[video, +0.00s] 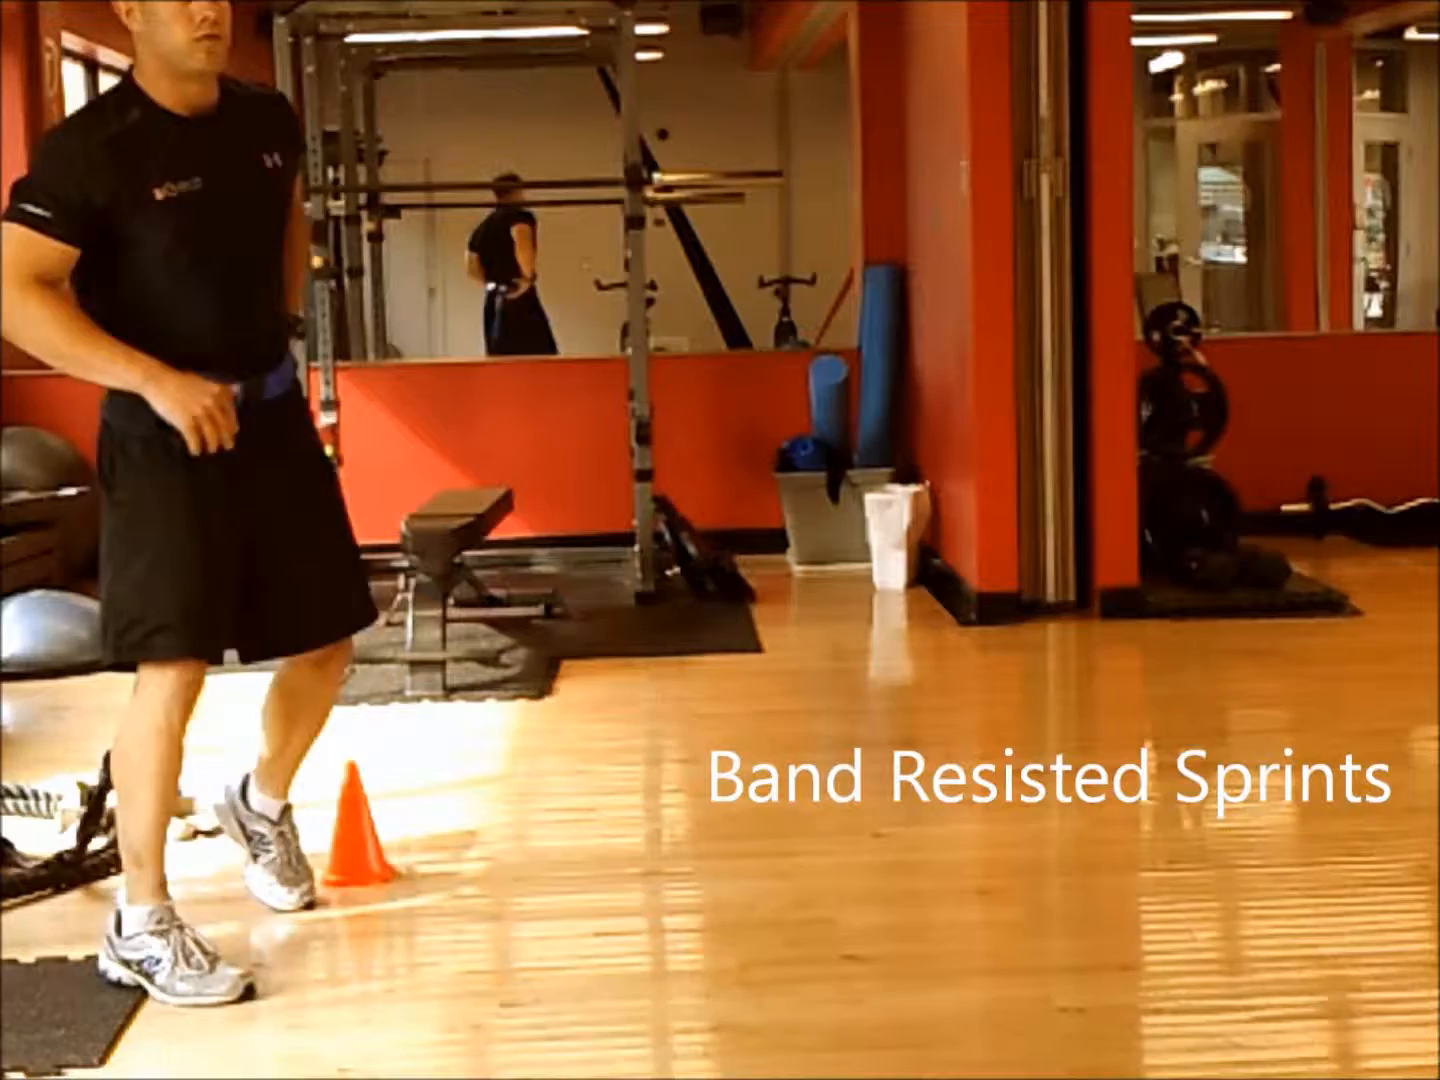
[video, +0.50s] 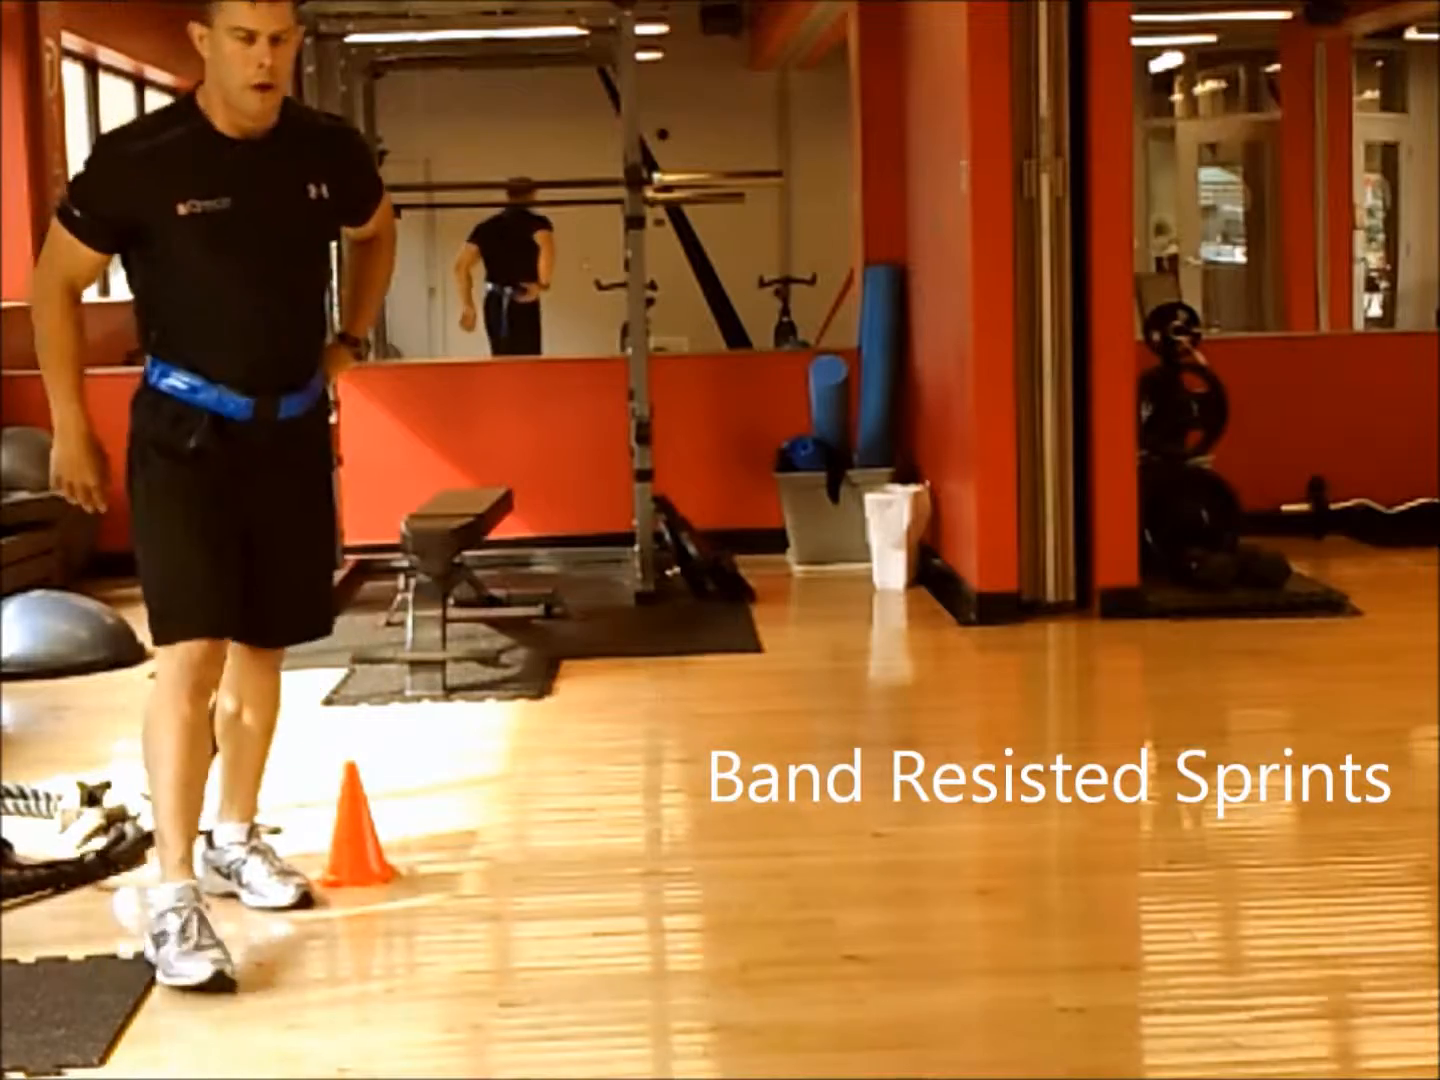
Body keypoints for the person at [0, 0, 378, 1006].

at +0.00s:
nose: (214, 13)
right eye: (189, 1)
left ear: (229, 14)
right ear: (133, 17)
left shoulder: (268, 121)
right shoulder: (82, 147)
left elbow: (292, 243)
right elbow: (23, 301)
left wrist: (280, 342)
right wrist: (156, 379)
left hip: (272, 415)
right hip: (160, 431)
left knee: (327, 634)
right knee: (173, 664)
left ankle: (263, 799)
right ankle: (142, 916)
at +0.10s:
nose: (212, 16)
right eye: (185, 3)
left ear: (237, 11)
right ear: (134, 19)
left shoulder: (286, 128)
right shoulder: (90, 153)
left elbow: (319, 221)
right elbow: (25, 297)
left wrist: (310, 321)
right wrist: (111, 397)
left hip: (278, 425)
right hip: (166, 430)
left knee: (304, 639)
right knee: (175, 662)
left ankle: (250, 809)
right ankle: (144, 914)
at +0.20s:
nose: (226, 21)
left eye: (238, 2)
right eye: (200, 5)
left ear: (259, 16)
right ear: (152, 23)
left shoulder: (304, 137)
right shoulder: (106, 157)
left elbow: (341, 235)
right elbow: (31, 296)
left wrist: (328, 331)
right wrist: (75, 421)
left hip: (285, 429)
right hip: (176, 434)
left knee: (282, 647)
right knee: (180, 656)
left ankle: (240, 826)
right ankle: (146, 912)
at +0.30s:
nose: (241, 30)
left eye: (256, 11)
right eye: (218, 12)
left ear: (276, 25)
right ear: (173, 30)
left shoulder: (316, 141)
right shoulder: (119, 156)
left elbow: (358, 234)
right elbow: (34, 291)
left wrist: (338, 329)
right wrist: (61, 437)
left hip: (291, 427)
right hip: (182, 430)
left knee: (274, 646)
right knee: (180, 655)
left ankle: (235, 829)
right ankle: (146, 909)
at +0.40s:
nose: (256, 47)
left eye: (269, 28)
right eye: (233, 27)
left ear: (287, 40)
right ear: (188, 41)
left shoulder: (327, 150)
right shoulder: (130, 160)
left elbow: (369, 237)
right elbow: (40, 287)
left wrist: (350, 332)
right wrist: (60, 437)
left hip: (294, 434)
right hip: (183, 436)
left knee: (267, 650)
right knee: (183, 659)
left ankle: (231, 835)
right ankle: (150, 902)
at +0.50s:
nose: (267, 59)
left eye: (282, 39)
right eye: (246, 36)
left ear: (299, 44)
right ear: (202, 40)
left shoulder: (333, 151)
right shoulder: (135, 159)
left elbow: (375, 234)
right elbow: (54, 285)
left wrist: (351, 335)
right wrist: (71, 430)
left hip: (291, 435)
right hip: (183, 435)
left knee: (262, 649)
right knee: (192, 656)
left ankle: (234, 835)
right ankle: (173, 894)